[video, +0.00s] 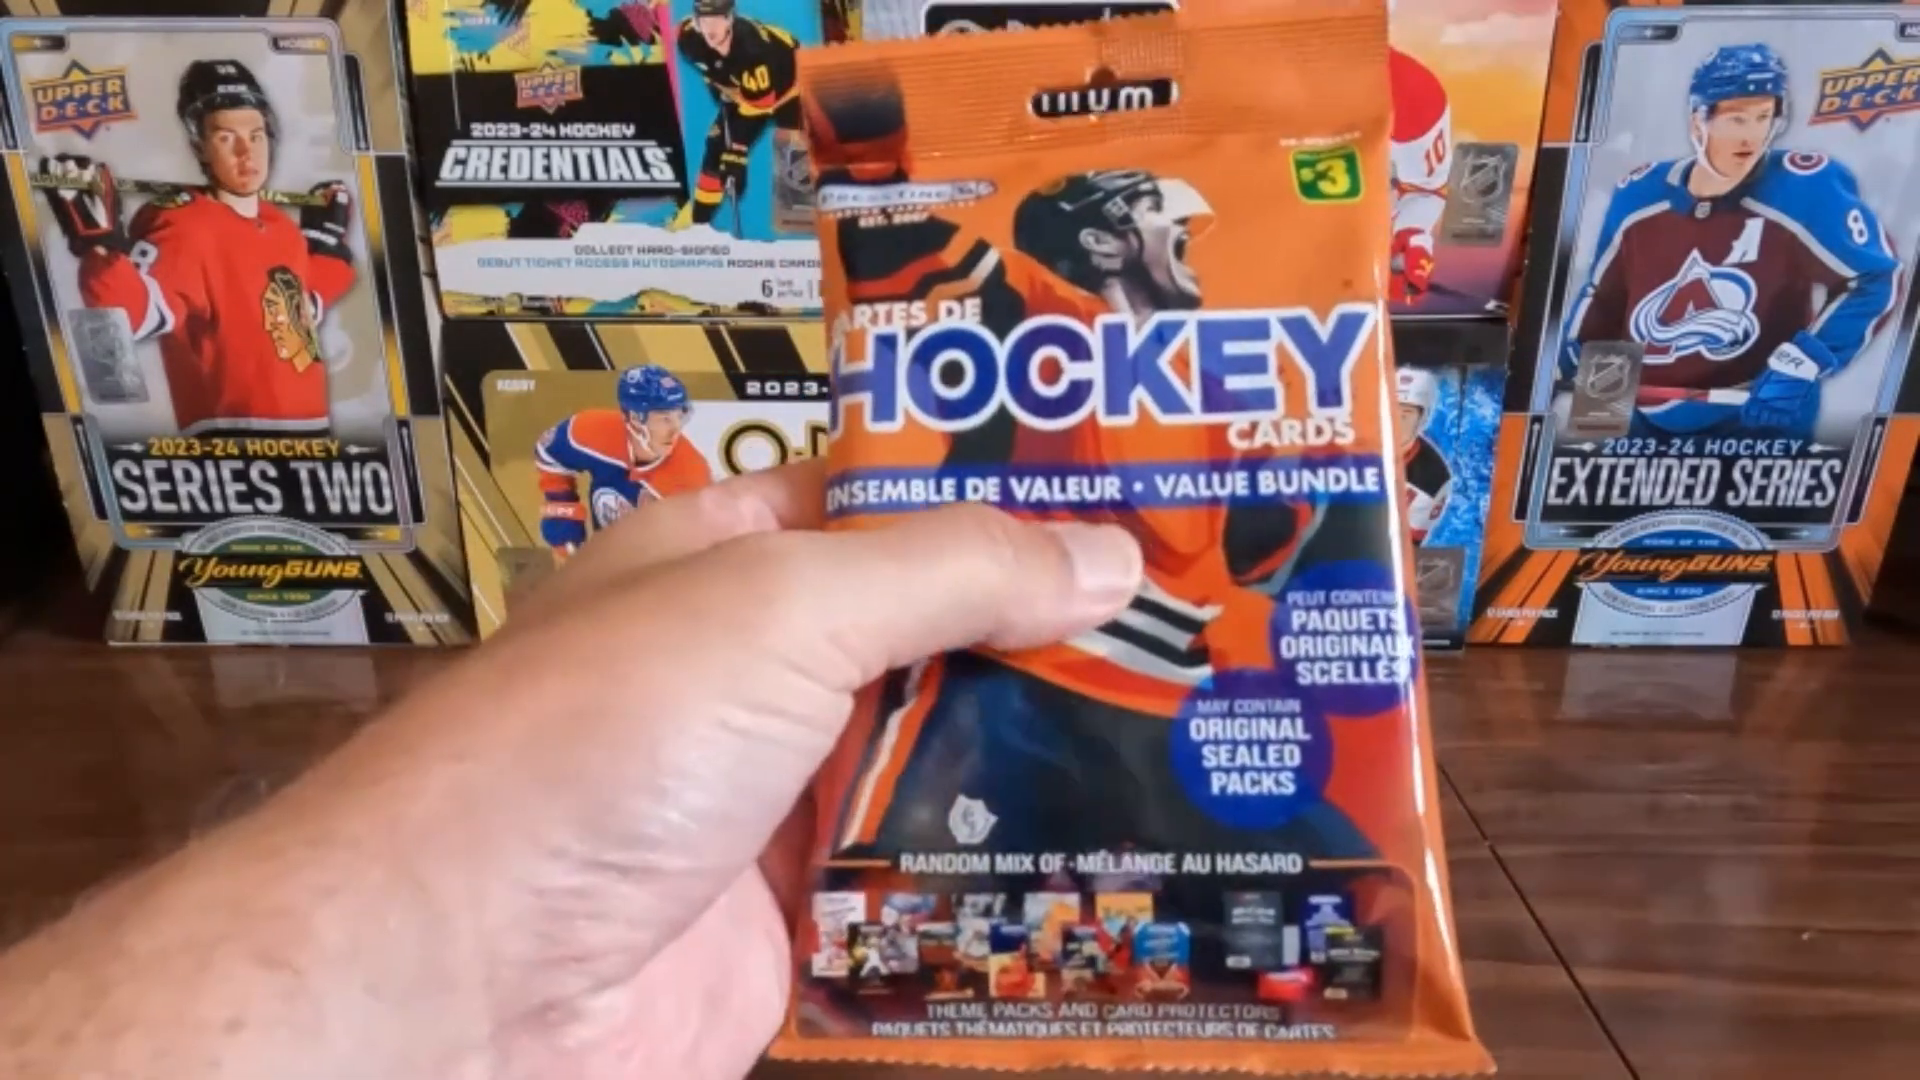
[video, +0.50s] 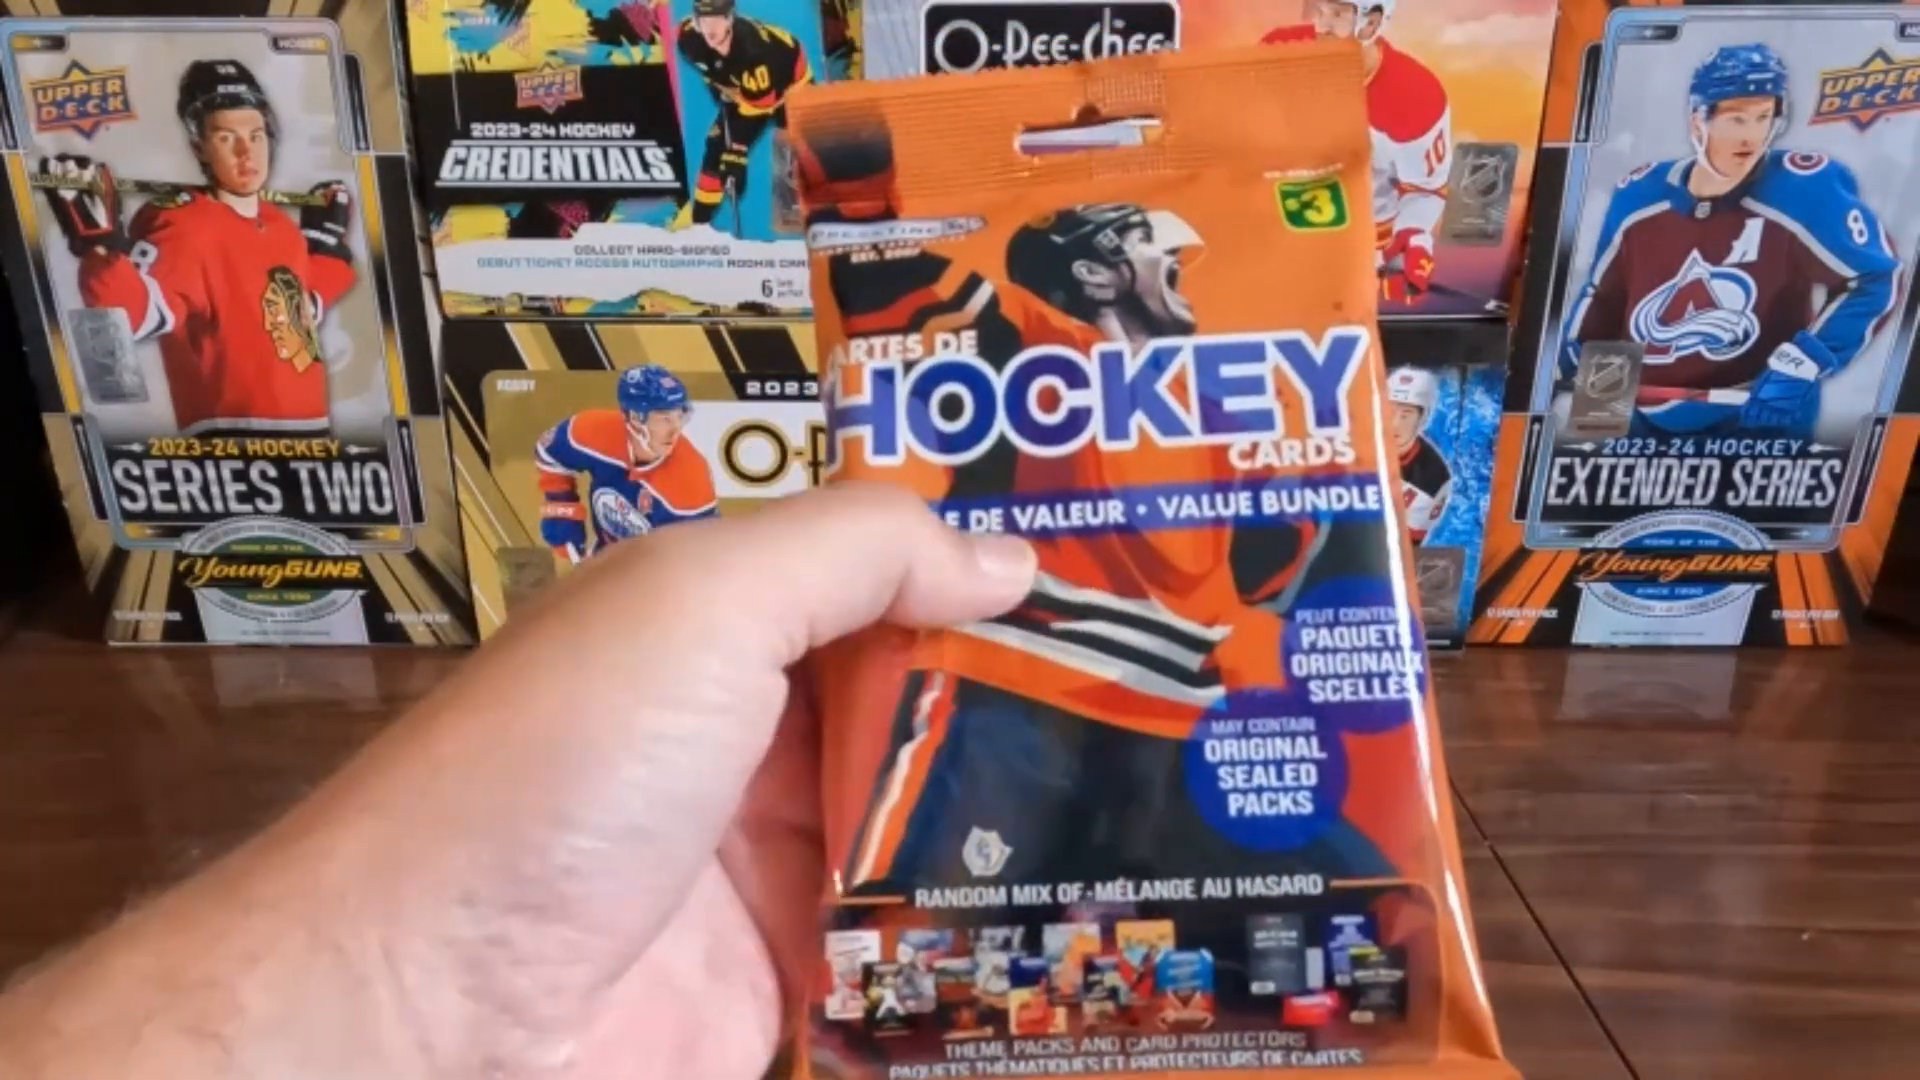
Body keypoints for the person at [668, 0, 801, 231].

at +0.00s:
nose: (710, 29)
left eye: (716, 21)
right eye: (704, 21)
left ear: (729, 19)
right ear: (696, 21)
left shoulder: (751, 48)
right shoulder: (689, 37)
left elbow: (758, 108)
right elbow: (707, 69)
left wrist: (736, 154)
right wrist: (722, 90)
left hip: (785, 87)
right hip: (738, 95)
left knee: (792, 152)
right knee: (716, 147)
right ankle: (699, 219)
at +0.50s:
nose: (710, 30)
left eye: (716, 21)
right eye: (704, 22)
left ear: (730, 19)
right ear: (696, 22)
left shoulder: (753, 50)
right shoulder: (688, 38)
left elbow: (757, 109)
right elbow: (711, 72)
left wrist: (736, 153)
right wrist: (726, 92)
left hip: (789, 92)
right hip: (739, 96)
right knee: (718, 145)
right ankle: (699, 218)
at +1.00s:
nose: (710, 30)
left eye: (716, 22)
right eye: (704, 22)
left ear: (729, 19)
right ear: (695, 21)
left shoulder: (750, 48)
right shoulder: (688, 37)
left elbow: (755, 107)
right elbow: (711, 72)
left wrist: (737, 153)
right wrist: (729, 91)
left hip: (788, 83)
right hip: (738, 94)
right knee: (716, 148)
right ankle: (700, 221)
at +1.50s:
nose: (709, 29)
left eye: (715, 22)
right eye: (704, 22)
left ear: (729, 19)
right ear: (696, 21)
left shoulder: (750, 36)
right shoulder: (688, 38)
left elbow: (749, 100)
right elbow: (711, 76)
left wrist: (736, 156)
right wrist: (734, 94)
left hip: (767, 103)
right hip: (731, 106)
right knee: (714, 147)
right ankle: (699, 220)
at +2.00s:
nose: (709, 32)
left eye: (715, 24)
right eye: (703, 24)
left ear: (729, 19)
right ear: (696, 22)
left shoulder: (755, 37)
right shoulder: (689, 38)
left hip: (761, 110)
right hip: (729, 110)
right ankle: (698, 224)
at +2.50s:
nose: (710, 30)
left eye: (716, 22)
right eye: (704, 22)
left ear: (730, 17)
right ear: (696, 20)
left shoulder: (754, 35)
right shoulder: (688, 39)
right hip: (728, 111)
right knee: (714, 159)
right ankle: (700, 219)